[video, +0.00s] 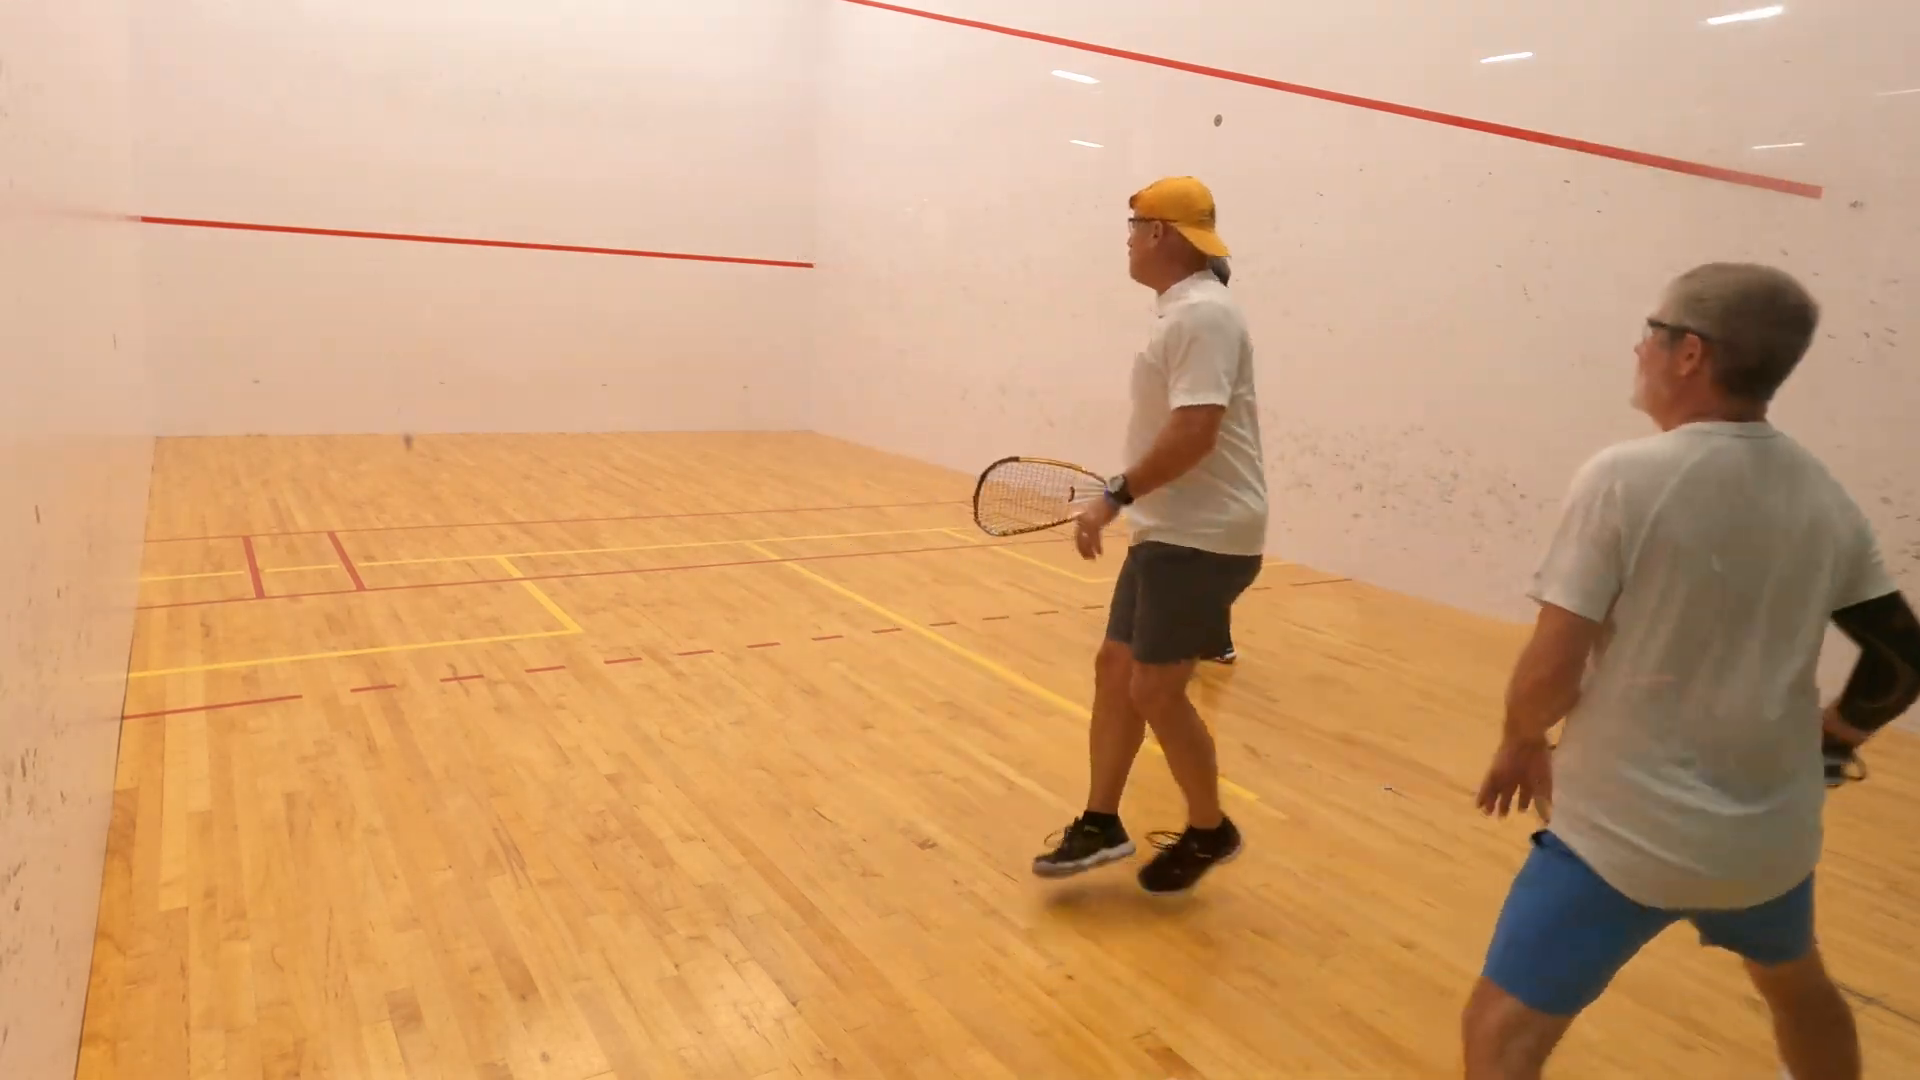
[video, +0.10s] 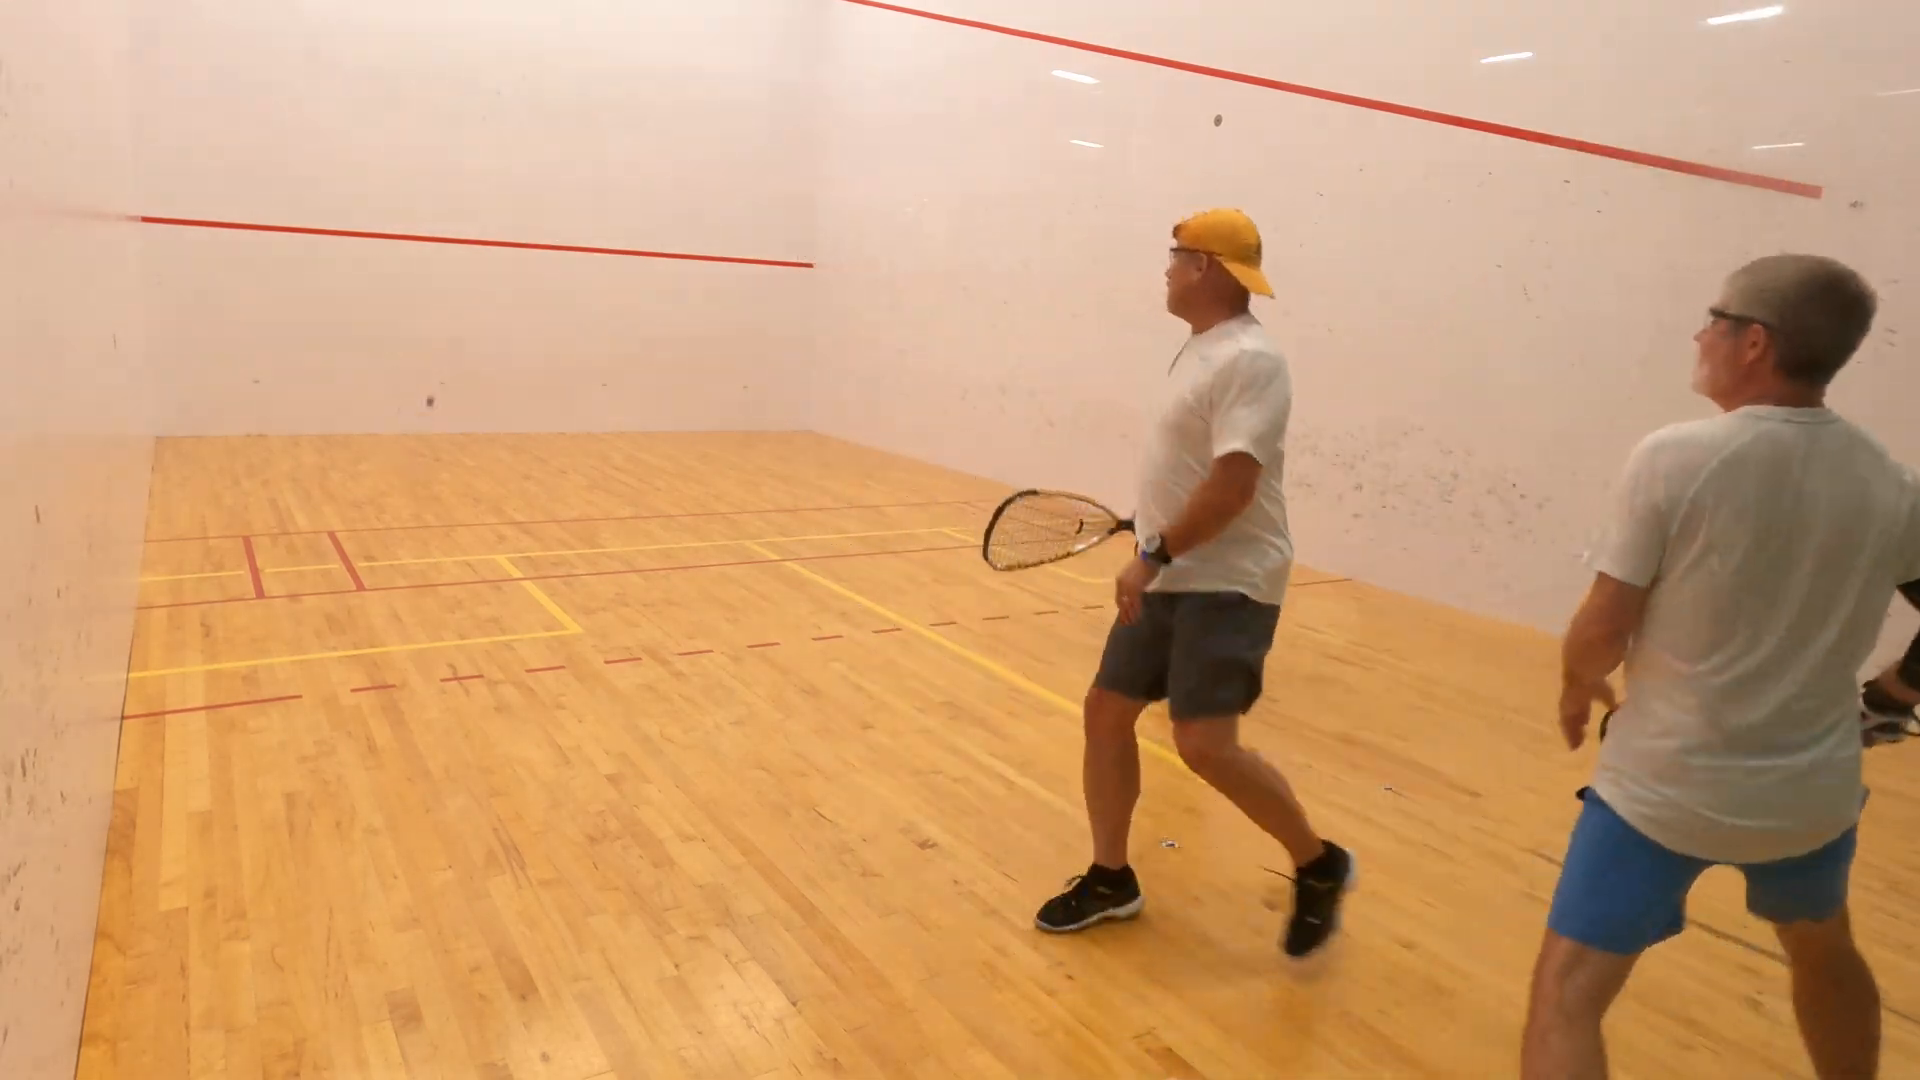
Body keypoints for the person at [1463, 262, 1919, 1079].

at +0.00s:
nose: (1641, 350)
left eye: (1652, 334)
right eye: (1649, 332)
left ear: (1691, 355)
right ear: (1770, 371)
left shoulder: (1627, 478)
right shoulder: (1816, 492)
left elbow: (1554, 663)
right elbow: (1899, 656)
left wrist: (1522, 736)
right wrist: (1835, 735)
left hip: (1623, 834)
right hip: (1771, 836)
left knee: (1502, 1037)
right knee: (1798, 984)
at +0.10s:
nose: (1702, 334)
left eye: (1715, 320)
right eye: (1710, 316)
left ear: (1757, 346)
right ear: (1822, 358)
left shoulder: (1677, 459)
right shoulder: (1885, 480)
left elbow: (1604, 623)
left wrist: (1576, 686)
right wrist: (1896, 687)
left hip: (1664, 789)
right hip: (1814, 795)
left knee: (1566, 1005)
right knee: (1824, 951)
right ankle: (1853, 1079)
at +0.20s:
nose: (1741, 314)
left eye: (1755, 300)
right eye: (1750, 296)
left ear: (1797, 321)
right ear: (1854, 334)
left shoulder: (1701, 421)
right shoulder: (1907, 452)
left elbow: (1619, 582)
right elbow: (1913, 625)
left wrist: (1623, 658)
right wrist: (1836, 658)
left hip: (1682, 740)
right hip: (1828, 754)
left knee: (1615, 915)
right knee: (1836, 936)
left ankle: (1658, 1072)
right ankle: (1856, 1074)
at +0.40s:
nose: (1747, 324)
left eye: (1761, 309)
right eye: (1757, 307)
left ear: (1801, 324)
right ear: (1844, 339)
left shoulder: (1707, 408)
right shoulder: (1893, 448)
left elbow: (1633, 537)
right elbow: (1861, 551)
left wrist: (1608, 626)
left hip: (1684, 690)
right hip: (1816, 710)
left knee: (1652, 799)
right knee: (1844, 921)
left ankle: (1689, 958)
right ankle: (1857, 1075)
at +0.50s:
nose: (1711, 336)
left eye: (1723, 323)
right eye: (1720, 320)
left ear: (1757, 339)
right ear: (1795, 350)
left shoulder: (1678, 418)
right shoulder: (1844, 445)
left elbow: (1614, 537)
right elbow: (1823, 544)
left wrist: (1592, 624)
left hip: (1671, 681)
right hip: (1793, 693)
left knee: (1649, 785)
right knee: (1831, 888)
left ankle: (1656, 903)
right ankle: (1853, 1074)